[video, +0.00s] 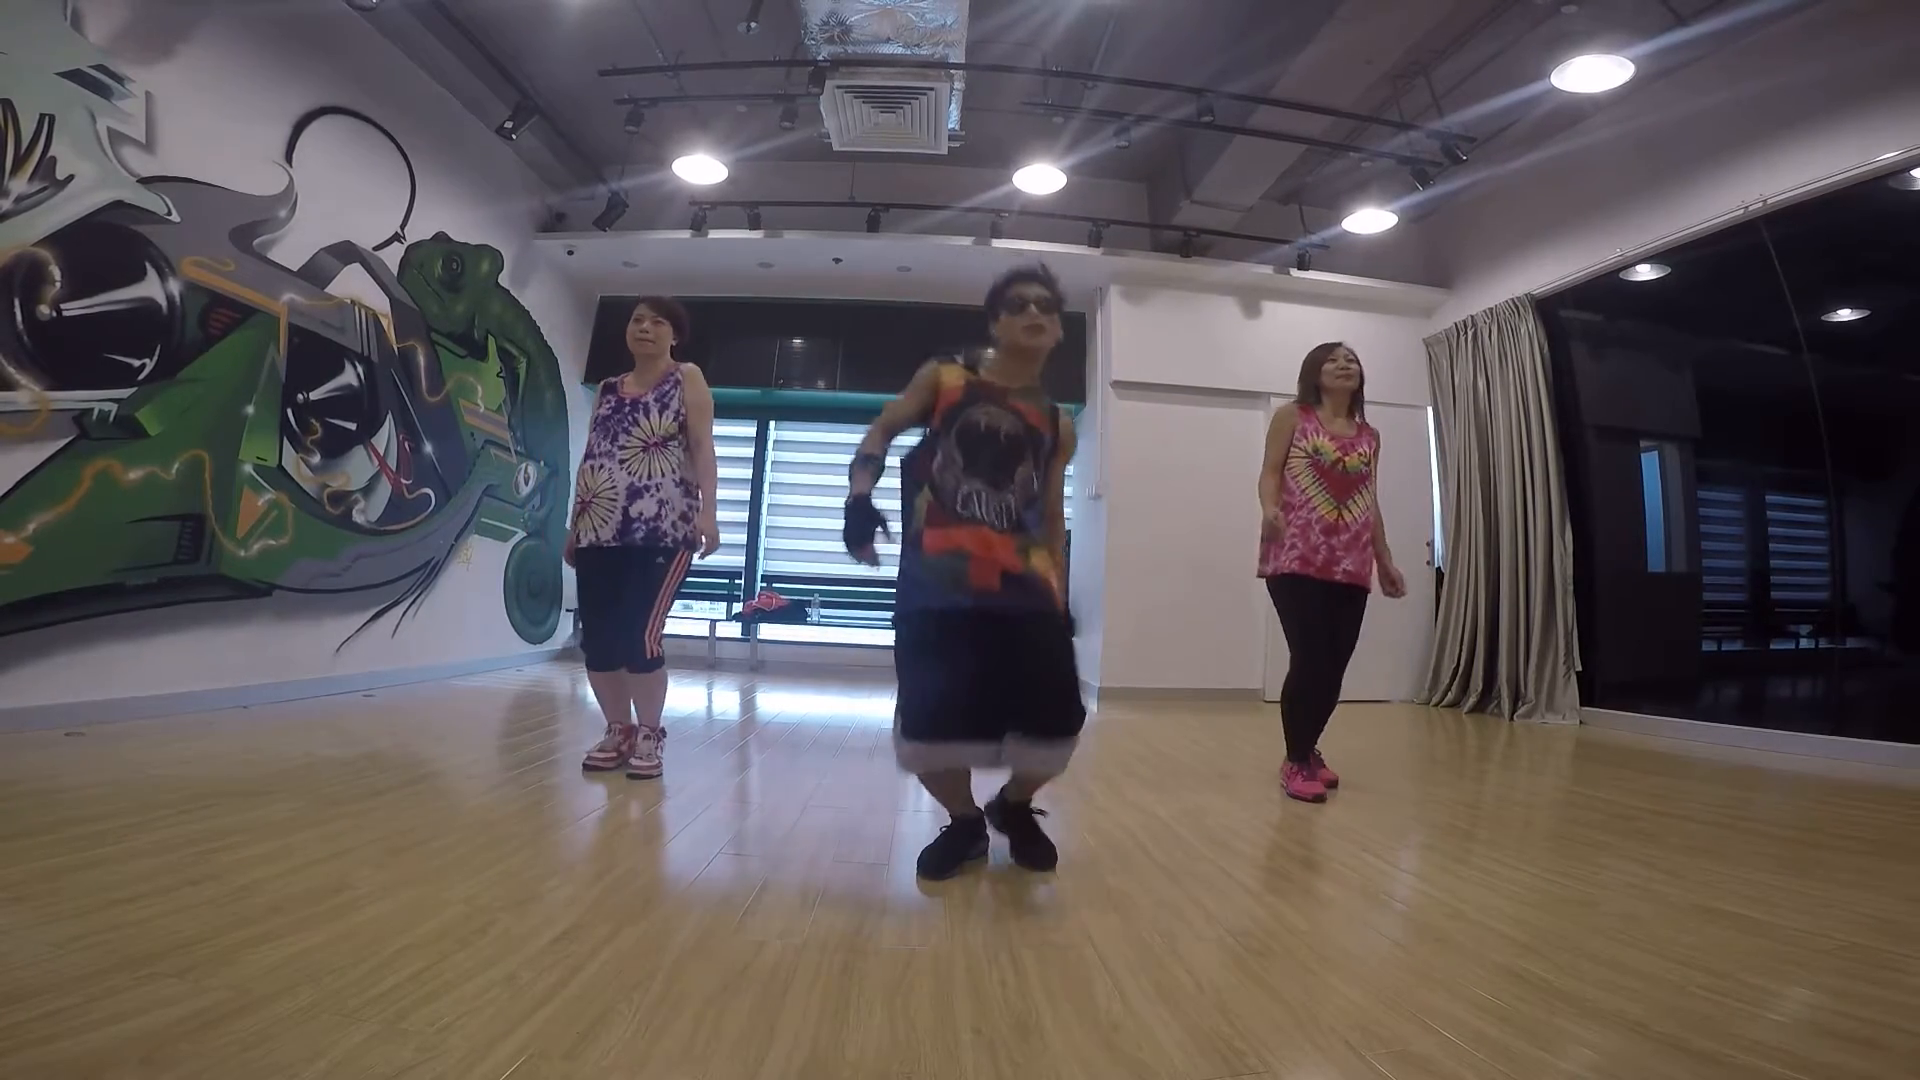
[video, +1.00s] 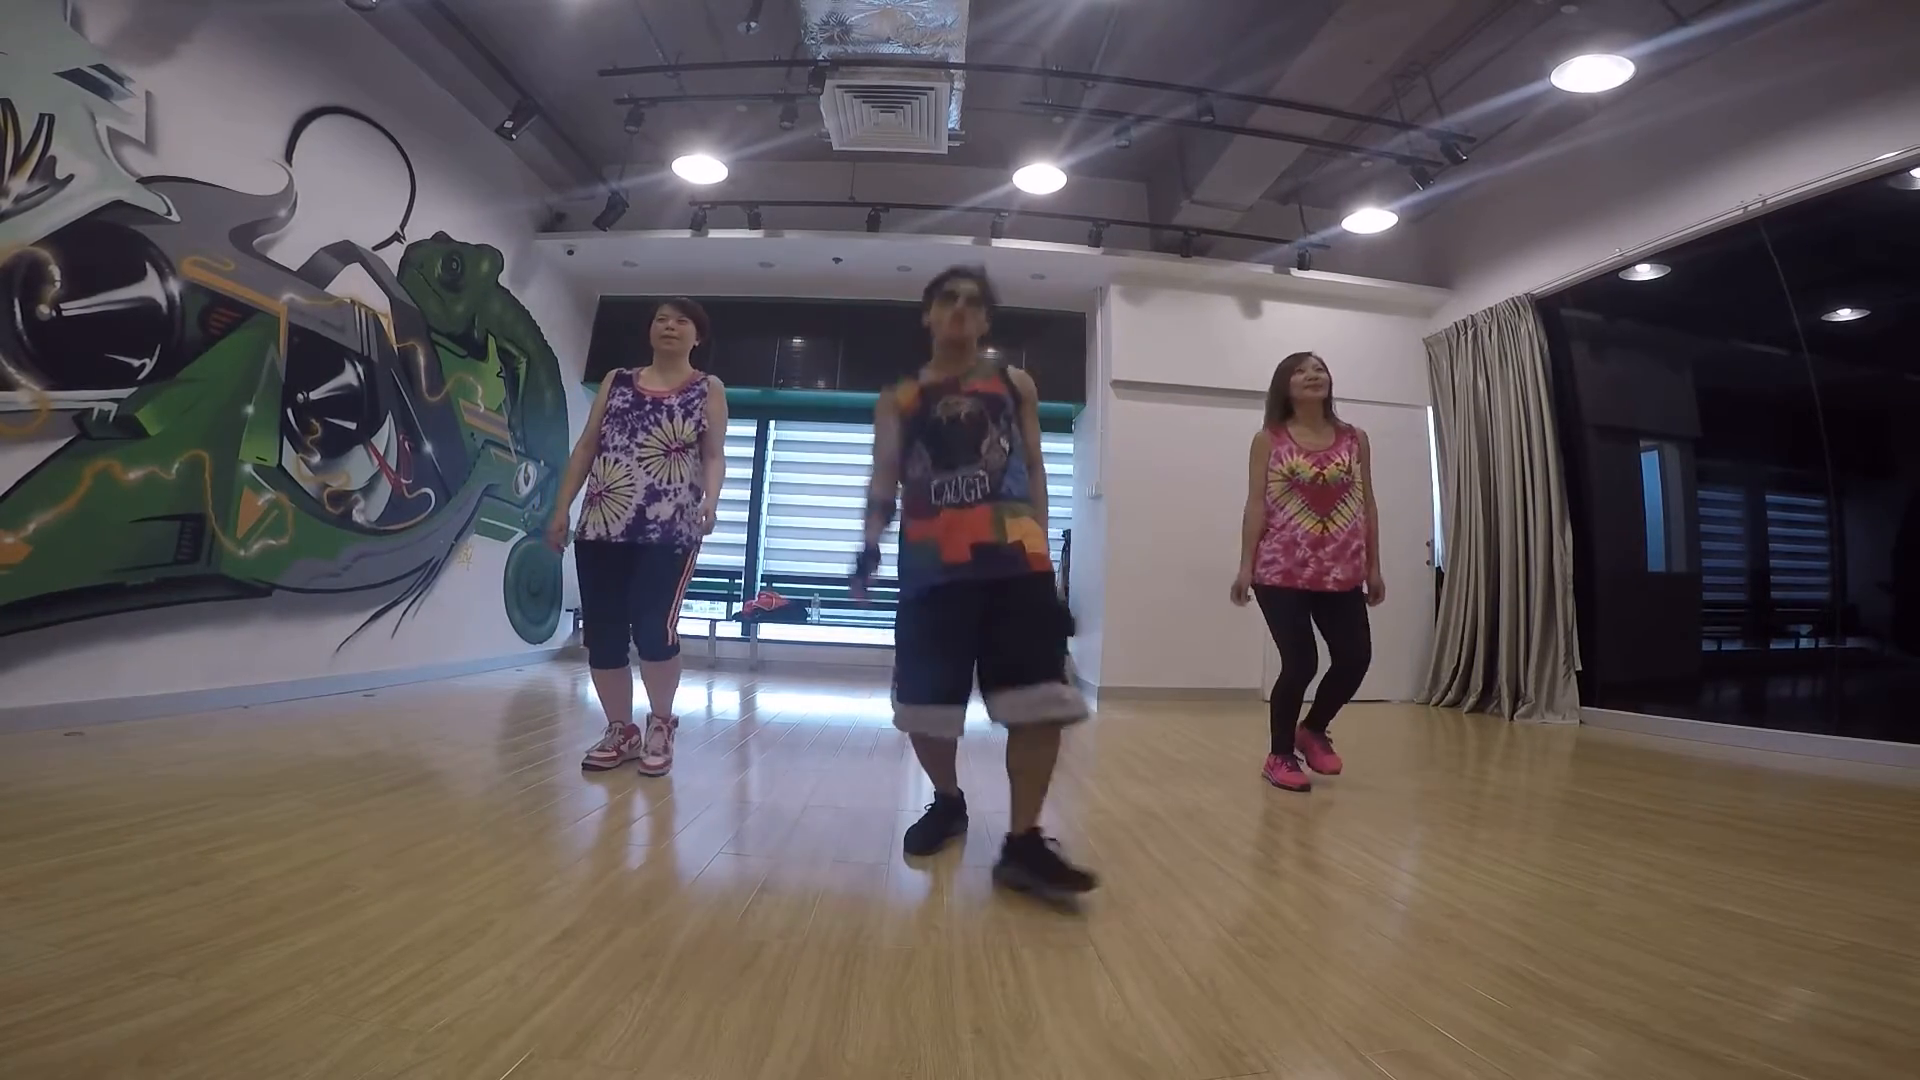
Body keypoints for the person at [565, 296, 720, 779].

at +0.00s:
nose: (645, 327)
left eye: (657, 321)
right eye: (637, 320)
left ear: (675, 336)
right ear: (626, 332)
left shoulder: (687, 378)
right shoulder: (609, 388)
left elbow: (703, 449)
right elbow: (592, 461)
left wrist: (708, 511)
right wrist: (576, 525)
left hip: (663, 530)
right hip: (599, 530)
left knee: (639, 636)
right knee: (599, 640)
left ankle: (649, 735)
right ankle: (618, 733)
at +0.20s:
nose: (646, 338)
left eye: (657, 332)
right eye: (639, 332)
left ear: (676, 343)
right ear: (627, 341)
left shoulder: (692, 395)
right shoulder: (600, 397)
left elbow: (701, 464)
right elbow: (574, 462)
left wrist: (704, 522)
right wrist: (554, 525)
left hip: (655, 538)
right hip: (589, 537)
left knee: (627, 637)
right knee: (589, 647)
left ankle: (629, 747)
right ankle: (615, 732)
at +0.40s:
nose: (664, 325)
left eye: (675, 319)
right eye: (655, 318)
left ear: (692, 334)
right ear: (642, 330)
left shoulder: (702, 391)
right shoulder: (608, 374)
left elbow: (703, 459)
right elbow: (571, 436)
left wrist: (704, 519)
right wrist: (547, 497)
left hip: (659, 528)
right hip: (592, 523)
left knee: (634, 622)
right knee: (600, 632)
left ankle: (618, 737)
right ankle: (623, 733)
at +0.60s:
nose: (669, 332)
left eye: (681, 326)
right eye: (662, 325)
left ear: (698, 341)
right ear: (650, 335)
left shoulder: (707, 397)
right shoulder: (616, 379)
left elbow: (706, 466)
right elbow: (577, 439)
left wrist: (707, 524)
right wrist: (548, 495)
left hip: (660, 535)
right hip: (594, 528)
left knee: (642, 634)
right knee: (595, 638)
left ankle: (659, 732)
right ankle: (619, 732)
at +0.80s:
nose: (672, 332)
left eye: (683, 326)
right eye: (664, 325)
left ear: (700, 340)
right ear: (652, 336)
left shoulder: (711, 395)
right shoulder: (619, 383)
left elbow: (715, 462)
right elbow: (586, 449)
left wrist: (711, 515)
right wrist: (563, 507)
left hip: (665, 534)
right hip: (600, 528)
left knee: (654, 635)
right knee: (600, 636)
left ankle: (660, 733)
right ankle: (620, 731)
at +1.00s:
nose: (669, 325)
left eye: (681, 319)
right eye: (661, 318)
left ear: (697, 336)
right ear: (649, 332)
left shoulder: (708, 389)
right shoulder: (616, 381)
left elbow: (713, 455)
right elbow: (586, 448)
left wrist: (709, 503)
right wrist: (561, 508)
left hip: (666, 528)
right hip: (601, 525)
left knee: (652, 628)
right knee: (603, 633)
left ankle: (661, 725)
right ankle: (620, 730)